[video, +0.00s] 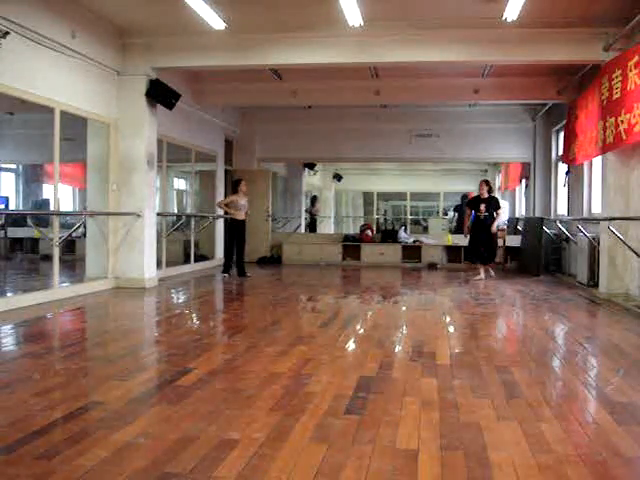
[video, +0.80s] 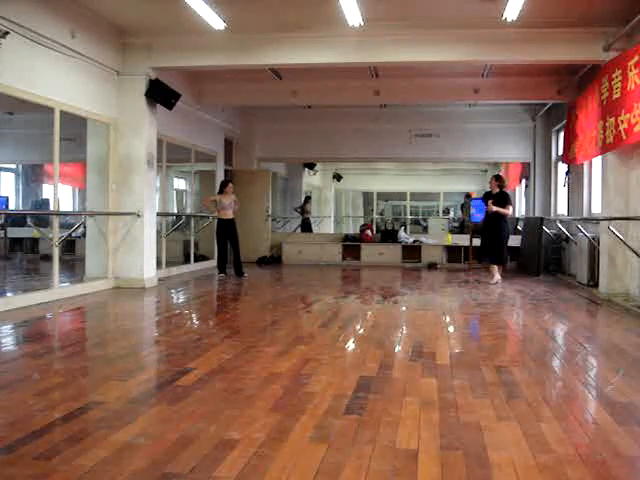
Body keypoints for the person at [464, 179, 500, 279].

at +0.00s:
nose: (481, 188)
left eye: (483, 186)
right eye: (480, 186)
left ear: (488, 187)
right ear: (479, 187)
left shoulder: (493, 200)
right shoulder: (474, 200)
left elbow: (499, 214)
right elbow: (468, 214)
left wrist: (494, 224)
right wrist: (466, 226)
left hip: (488, 226)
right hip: (477, 226)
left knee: (489, 248)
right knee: (477, 249)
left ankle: (489, 267)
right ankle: (481, 273)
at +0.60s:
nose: (489, 185)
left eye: (491, 183)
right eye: (489, 183)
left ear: (497, 184)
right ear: (491, 185)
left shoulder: (504, 198)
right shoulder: (485, 197)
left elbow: (510, 213)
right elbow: (483, 212)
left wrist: (500, 210)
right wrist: (480, 223)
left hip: (501, 227)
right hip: (488, 226)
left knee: (499, 250)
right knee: (485, 248)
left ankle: (497, 275)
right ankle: (487, 273)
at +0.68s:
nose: (489, 184)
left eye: (491, 182)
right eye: (489, 182)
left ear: (497, 183)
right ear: (491, 183)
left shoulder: (504, 196)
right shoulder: (486, 196)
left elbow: (509, 211)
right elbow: (485, 209)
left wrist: (497, 207)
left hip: (501, 225)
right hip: (488, 224)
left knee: (500, 248)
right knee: (484, 246)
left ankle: (498, 274)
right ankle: (490, 271)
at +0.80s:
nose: (490, 183)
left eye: (492, 181)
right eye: (490, 181)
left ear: (498, 183)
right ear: (492, 183)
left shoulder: (504, 195)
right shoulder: (487, 195)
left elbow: (509, 211)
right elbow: (481, 206)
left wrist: (494, 208)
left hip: (500, 225)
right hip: (488, 224)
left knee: (498, 248)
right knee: (489, 247)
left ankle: (497, 273)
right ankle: (495, 274)